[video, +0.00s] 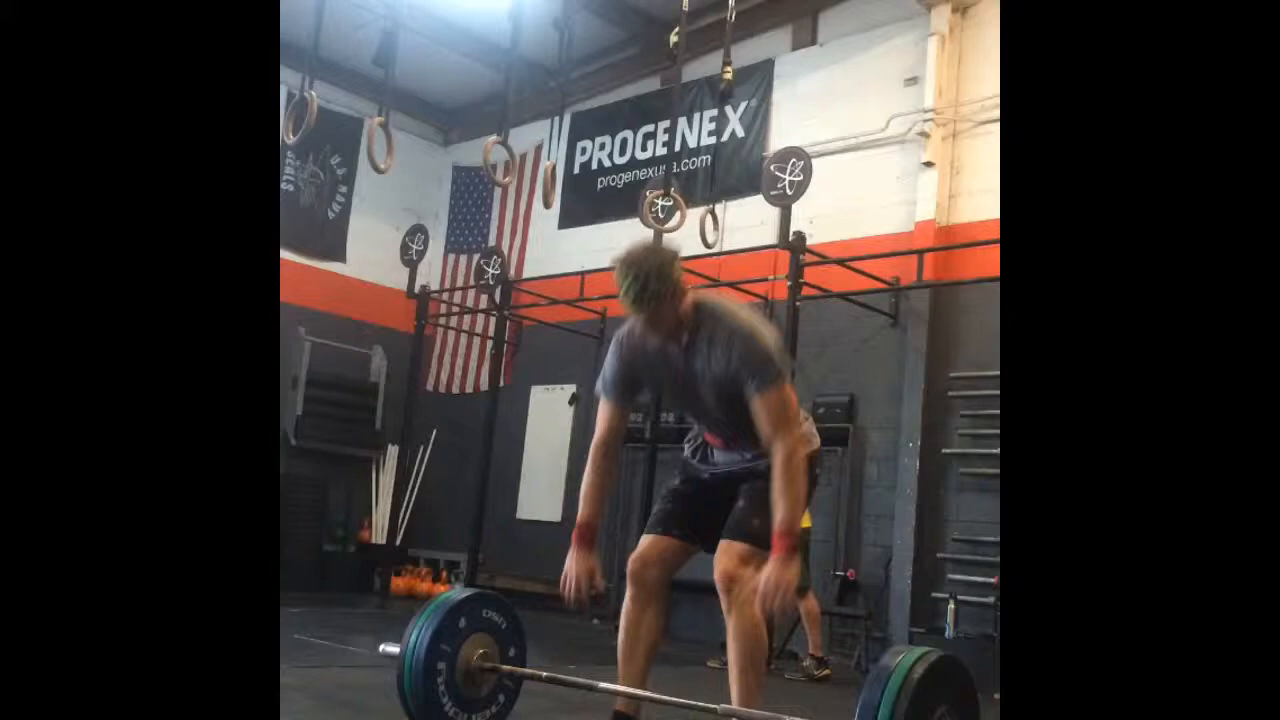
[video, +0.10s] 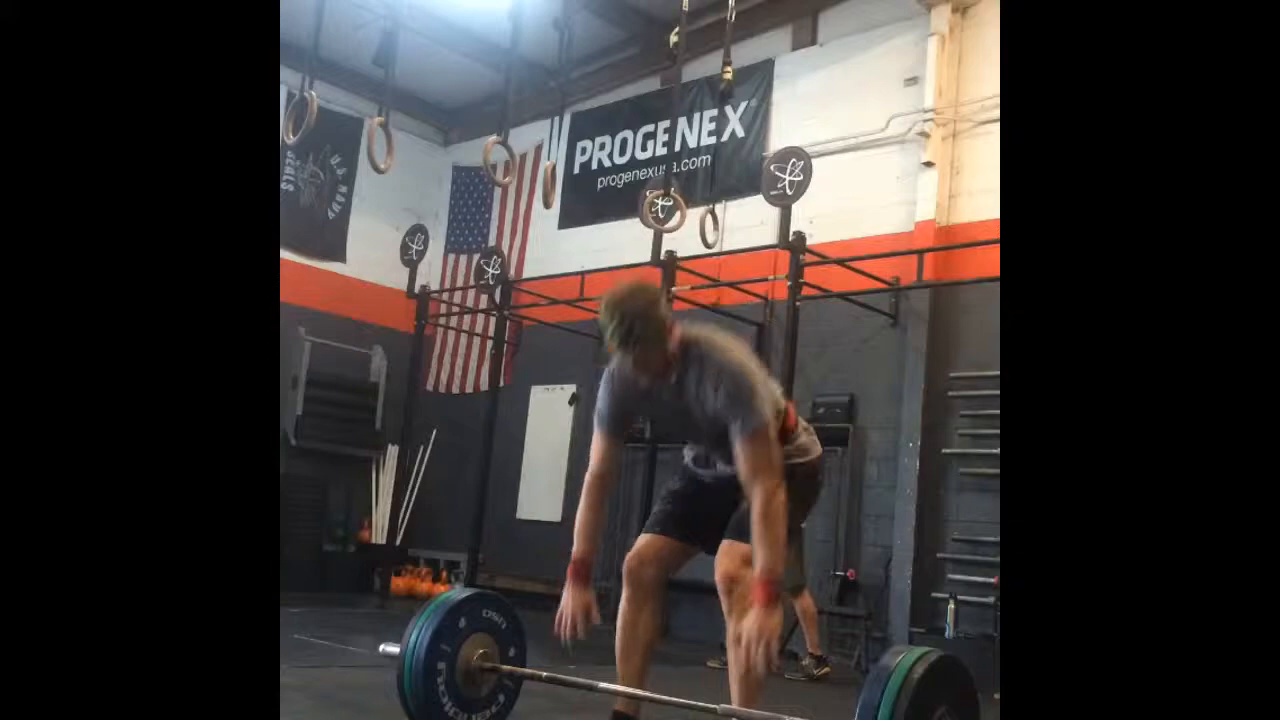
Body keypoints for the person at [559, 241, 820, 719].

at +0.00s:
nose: (654, 325)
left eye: (660, 311)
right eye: (643, 315)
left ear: (682, 291)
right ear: (630, 304)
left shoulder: (742, 336)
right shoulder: (630, 343)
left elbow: (788, 440)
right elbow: (605, 444)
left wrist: (784, 553)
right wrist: (582, 543)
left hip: (776, 458)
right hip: (709, 455)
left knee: (734, 573)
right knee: (645, 565)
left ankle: (745, 716)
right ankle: (626, 709)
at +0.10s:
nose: (646, 370)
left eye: (652, 357)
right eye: (633, 361)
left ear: (672, 333)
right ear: (617, 350)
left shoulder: (726, 368)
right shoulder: (620, 377)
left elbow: (766, 484)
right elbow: (598, 476)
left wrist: (767, 595)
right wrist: (578, 576)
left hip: (783, 461)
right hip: (710, 465)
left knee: (733, 575)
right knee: (641, 566)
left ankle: (745, 713)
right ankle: (626, 708)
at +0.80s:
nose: (602, 461)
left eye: (609, 448)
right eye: (595, 450)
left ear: (641, 426)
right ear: (587, 440)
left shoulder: (709, 456)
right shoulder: (598, 458)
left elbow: (771, 567)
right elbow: (566, 551)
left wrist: (758, 683)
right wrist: (561, 648)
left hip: (782, 474)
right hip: (709, 478)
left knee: (739, 573)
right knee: (627, 566)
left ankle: (748, 707)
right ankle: (624, 707)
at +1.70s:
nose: (611, 369)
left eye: (625, 357)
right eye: (609, 359)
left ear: (661, 372)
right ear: (603, 370)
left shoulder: (702, 448)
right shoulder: (592, 450)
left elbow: (739, 569)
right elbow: (571, 553)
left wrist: (742, 684)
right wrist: (555, 650)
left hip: (759, 553)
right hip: (677, 551)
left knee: (691, 602)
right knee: (583, 591)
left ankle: (735, 709)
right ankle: (620, 710)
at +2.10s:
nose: (614, 299)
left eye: (630, 290)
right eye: (612, 291)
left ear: (668, 305)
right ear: (607, 306)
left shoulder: (707, 379)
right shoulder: (601, 385)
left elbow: (741, 498)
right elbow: (590, 483)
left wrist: (749, 606)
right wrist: (568, 579)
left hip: (760, 472)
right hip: (687, 476)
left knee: (714, 576)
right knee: (623, 572)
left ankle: (738, 714)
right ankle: (623, 711)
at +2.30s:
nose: (621, 224)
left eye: (638, 216)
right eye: (620, 216)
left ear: (672, 232)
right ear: (614, 237)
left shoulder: (706, 303)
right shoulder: (601, 312)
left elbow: (742, 407)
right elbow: (589, 411)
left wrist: (754, 513)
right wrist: (575, 500)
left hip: (749, 438)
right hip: (680, 439)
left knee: (729, 575)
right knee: (638, 568)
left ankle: (744, 714)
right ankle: (623, 710)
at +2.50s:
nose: (700, 182)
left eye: (718, 182)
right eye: (697, 180)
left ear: (738, 210)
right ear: (685, 205)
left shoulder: (739, 261)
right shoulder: (648, 273)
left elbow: (759, 357)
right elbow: (610, 358)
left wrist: (744, 458)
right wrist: (576, 443)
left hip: (722, 446)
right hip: (660, 441)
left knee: (673, 580)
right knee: (596, 572)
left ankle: (725, 714)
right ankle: (616, 711)